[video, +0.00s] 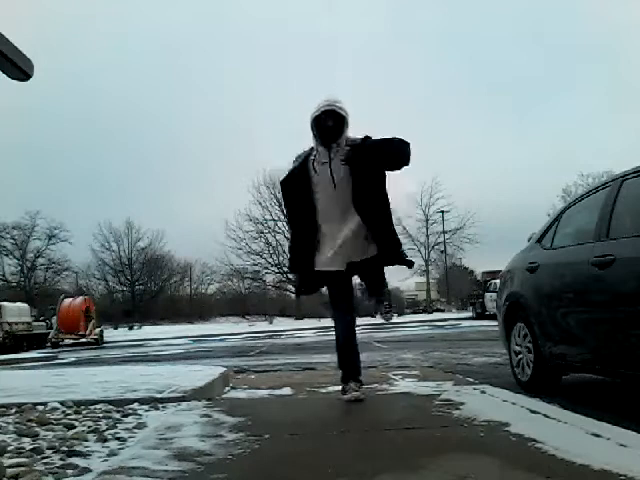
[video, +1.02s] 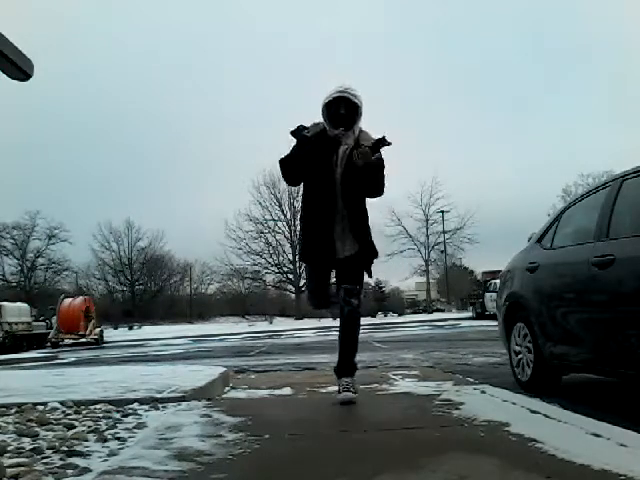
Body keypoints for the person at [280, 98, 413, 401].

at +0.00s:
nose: (328, 128)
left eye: (333, 121)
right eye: (321, 122)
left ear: (344, 125)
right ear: (313, 127)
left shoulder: (362, 152)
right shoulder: (302, 169)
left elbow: (401, 152)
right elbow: (297, 220)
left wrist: (362, 147)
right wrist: (299, 263)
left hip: (364, 245)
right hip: (328, 251)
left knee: (378, 291)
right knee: (343, 317)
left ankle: (381, 301)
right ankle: (351, 380)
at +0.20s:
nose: (329, 121)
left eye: (334, 115)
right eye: (322, 116)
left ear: (345, 118)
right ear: (312, 121)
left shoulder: (361, 142)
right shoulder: (302, 160)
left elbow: (398, 158)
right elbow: (297, 205)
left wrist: (364, 130)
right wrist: (288, 230)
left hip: (366, 230)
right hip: (330, 242)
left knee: (360, 235)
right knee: (345, 316)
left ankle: (377, 300)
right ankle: (350, 381)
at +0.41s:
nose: (335, 137)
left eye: (341, 131)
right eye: (329, 131)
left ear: (350, 133)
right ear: (321, 134)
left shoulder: (367, 165)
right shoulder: (308, 167)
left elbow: (379, 206)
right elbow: (287, 209)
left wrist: (378, 206)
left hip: (363, 251)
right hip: (328, 253)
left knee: (351, 316)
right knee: (344, 317)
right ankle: (350, 380)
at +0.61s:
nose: (339, 109)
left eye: (345, 103)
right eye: (333, 103)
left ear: (354, 106)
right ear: (323, 106)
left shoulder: (367, 138)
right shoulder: (310, 137)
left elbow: (376, 184)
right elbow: (292, 178)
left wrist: (367, 180)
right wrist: (306, 140)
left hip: (356, 229)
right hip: (321, 229)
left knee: (353, 295)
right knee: (326, 291)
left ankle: (355, 367)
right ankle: (331, 340)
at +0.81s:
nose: (338, 136)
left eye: (344, 131)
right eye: (332, 130)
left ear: (353, 134)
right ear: (324, 133)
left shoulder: (368, 165)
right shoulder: (312, 165)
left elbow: (380, 204)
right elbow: (297, 207)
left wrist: (360, 192)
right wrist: (306, 175)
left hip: (354, 251)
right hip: (318, 250)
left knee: (345, 317)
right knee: (316, 310)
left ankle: (342, 383)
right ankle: (321, 317)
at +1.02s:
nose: (340, 118)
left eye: (347, 112)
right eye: (334, 111)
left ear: (357, 115)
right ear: (325, 113)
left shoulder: (364, 147)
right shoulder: (312, 143)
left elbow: (375, 190)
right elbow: (291, 177)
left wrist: (372, 158)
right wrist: (302, 142)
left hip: (352, 235)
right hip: (317, 235)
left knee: (350, 305)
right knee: (317, 299)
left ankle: (345, 377)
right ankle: (346, 298)